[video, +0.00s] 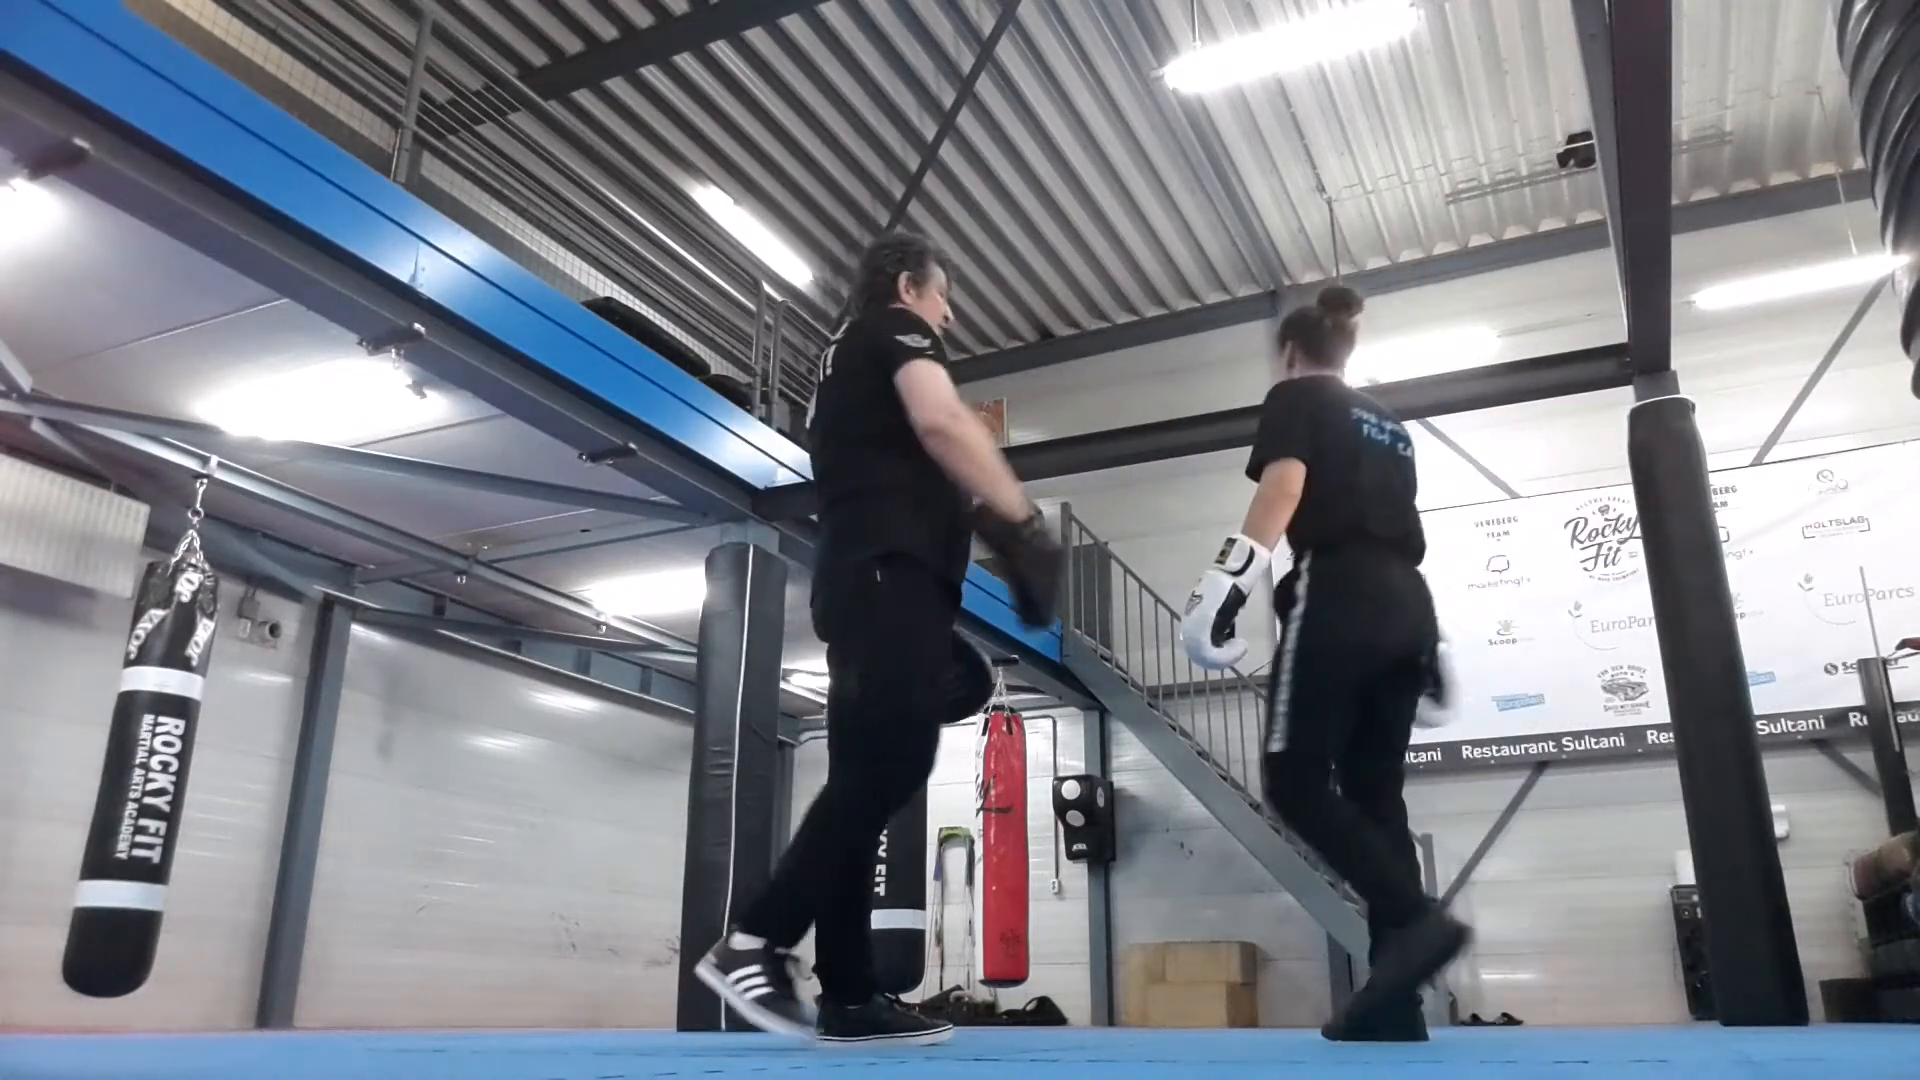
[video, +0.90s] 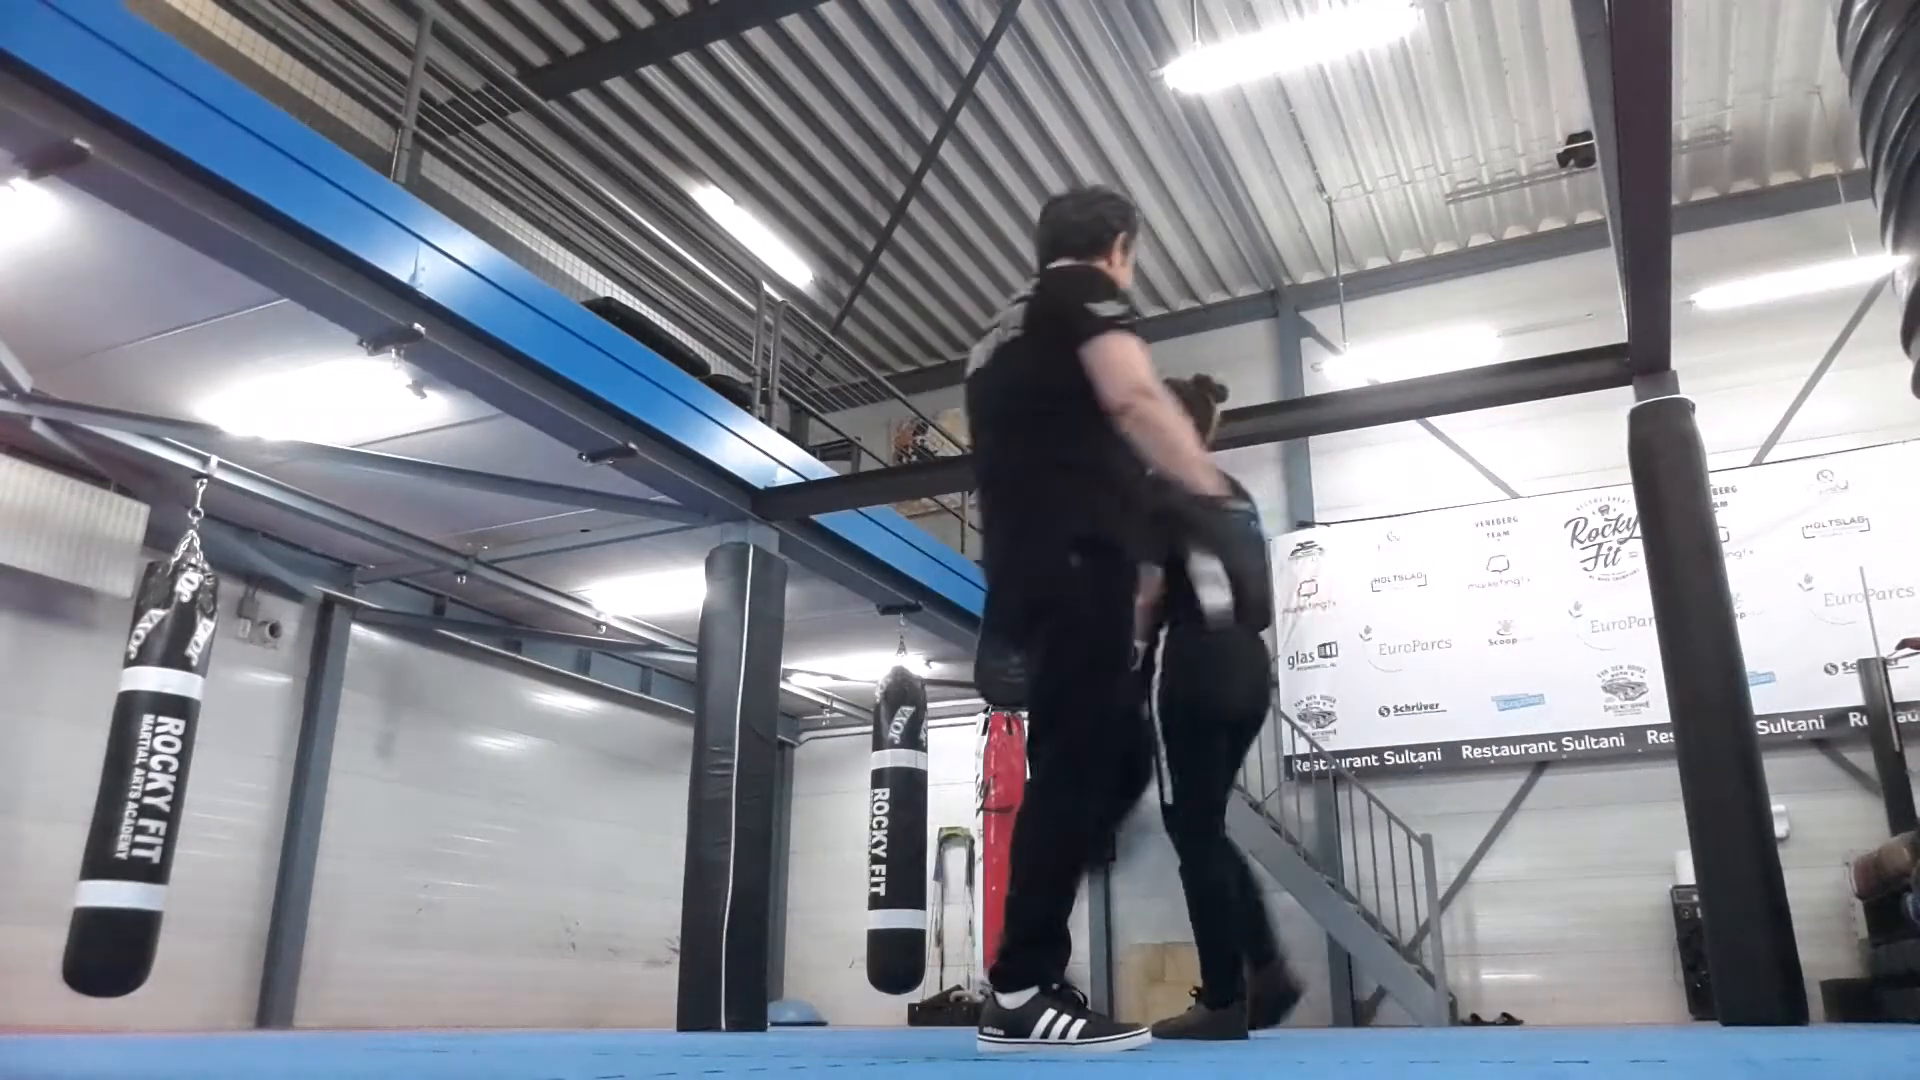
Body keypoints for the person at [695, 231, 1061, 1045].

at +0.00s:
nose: (948, 311)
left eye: (948, 298)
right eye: (943, 295)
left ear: (882, 293)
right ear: (907, 287)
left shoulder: (857, 356)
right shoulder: (894, 329)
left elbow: (904, 475)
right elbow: (941, 423)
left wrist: (972, 439)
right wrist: (1024, 523)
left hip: (864, 582)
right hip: (887, 580)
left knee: (860, 787)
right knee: (884, 773)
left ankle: (849, 995)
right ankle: (752, 946)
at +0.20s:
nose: (975, 315)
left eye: (976, 301)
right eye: (972, 298)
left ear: (918, 287)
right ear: (938, 285)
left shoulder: (887, 345)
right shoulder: (909, 334)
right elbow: (903, 414)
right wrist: (918, 512)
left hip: (881, 579)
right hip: (897, 579)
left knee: (874, 777)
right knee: (914, 759)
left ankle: (848, 978)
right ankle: (860, 981)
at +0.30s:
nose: (996, 322)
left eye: (1000, 308)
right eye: (995, 303)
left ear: (956, 290)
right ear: (961, 286)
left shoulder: (932, 364)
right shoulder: (913, 329)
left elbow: (929, 496)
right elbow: (882, 400)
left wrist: (967, 618)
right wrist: (869, 493)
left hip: (907, 591)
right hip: (909, 587)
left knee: (870, 791)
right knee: (954, 751)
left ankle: (849, 997)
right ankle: (918, 975)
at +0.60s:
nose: (1063, 308)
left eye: (1065, 293)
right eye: (1063, 289)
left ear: (1009, 270)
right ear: (1036, 274)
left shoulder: (970, 336)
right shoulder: (980, 314)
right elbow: (949, 392)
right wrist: (938, 499)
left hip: (960, 589)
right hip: (991, 589)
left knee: (923, 783)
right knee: (1033, 773)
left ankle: (856, 992)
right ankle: (1021, 988)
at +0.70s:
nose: (1086, 294)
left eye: (1086, 279)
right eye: (1085, 277)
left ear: (1017, 264)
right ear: (1061, 268)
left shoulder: (983, 330)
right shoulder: (1017, 311)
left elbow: (939, 466)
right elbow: (1006, 390)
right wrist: (1026, 501)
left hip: (979, 574)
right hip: (1022, 571)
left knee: (996, 784)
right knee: (1056, 779)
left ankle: (879, 974)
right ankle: (1026, 992)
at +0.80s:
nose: (1109, 285)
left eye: (1108, 269)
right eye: (1108, 267)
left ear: (1030, 259)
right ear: (1087, 259)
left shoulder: (981, 348)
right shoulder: (1046, 298)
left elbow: (991, 481)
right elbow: (1071, 400)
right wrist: (1127, 498)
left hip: (1008, 584)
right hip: (1051, 579)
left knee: (1057, 784)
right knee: (1072, 784)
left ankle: (931, 951)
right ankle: (1024, 995)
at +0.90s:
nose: (1133, 268)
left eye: (1132, 255)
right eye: (1132, 254)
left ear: (1049, 251)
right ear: (1113, 248)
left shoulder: (997, 348)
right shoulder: (1079, 291)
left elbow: (1021, 484)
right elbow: (1135, 400)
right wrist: (1219, 503)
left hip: (1037, 579)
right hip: (1077, 576)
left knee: (1111, 757)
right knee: (1076, 770)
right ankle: (1023, 990)